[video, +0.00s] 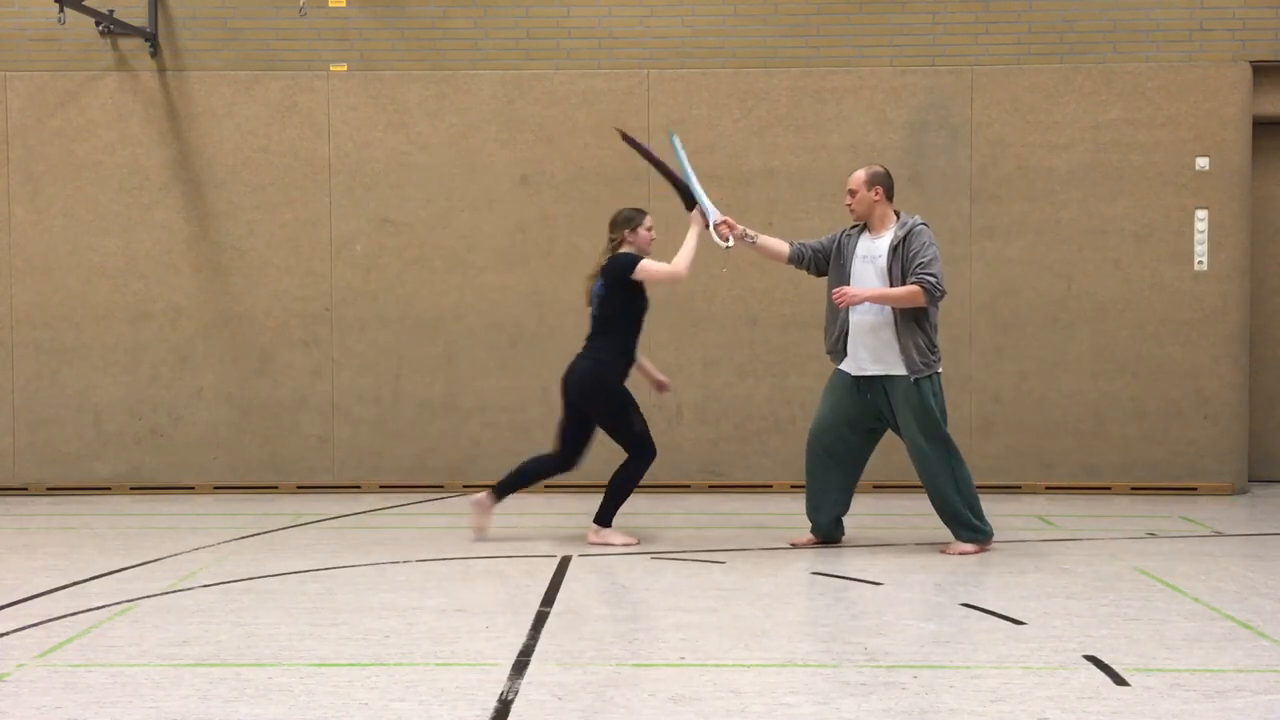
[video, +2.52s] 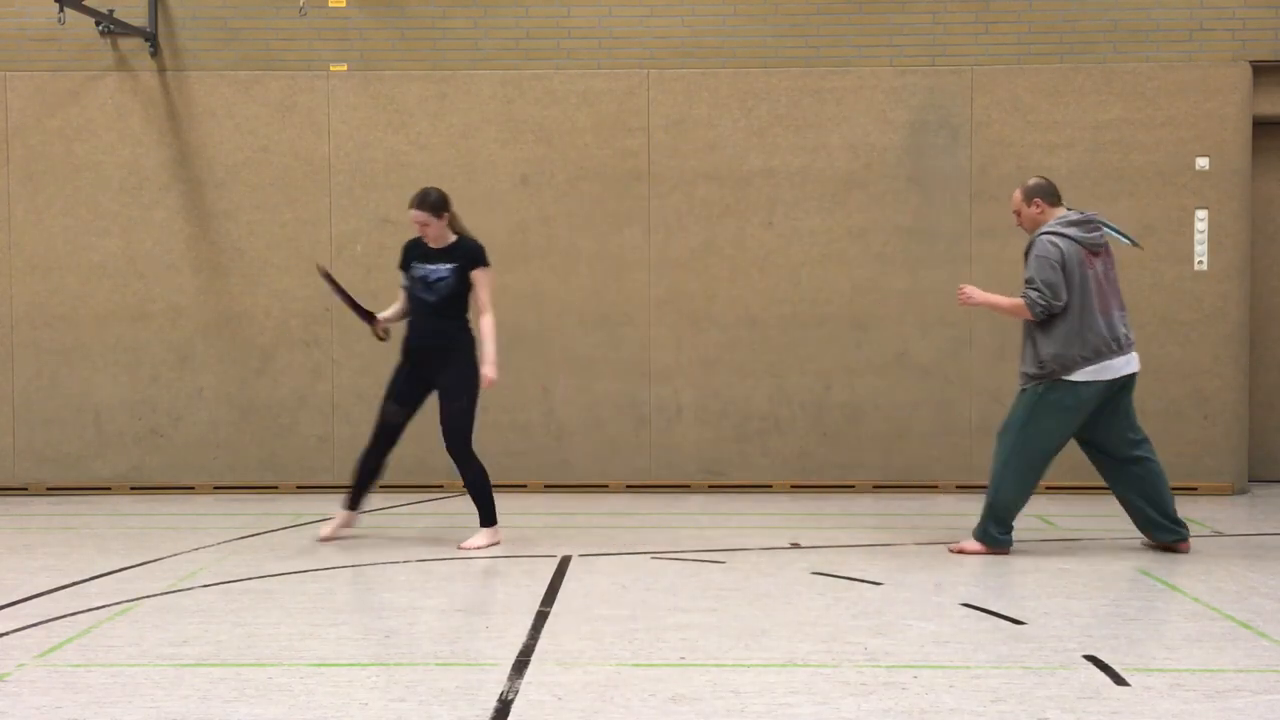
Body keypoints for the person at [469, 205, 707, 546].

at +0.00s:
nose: (653, 235)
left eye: (653, 230)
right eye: (648, 230)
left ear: (627, 236)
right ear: (629, 234)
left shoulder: (613, 269)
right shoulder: (624, 264)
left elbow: (614, 337)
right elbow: (677, 271)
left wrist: (651, 374)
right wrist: (696, 228)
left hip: (582, 378)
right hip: (600, 381)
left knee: (566, 458)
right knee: (643, 452)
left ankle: (489, 499)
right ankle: (601, 528)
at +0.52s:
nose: (789, 233)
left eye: (787, 227)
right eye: (781, 228)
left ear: (777, 235)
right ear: (761, 237)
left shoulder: (783, 283)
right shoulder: (741, 267)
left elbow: (777, 337)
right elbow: (758, 261)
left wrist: (795, 376)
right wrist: (801, 240)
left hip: (769, 384)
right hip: (733, 382)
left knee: (823, 438)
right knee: (693, 449)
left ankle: (806, 522)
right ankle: (635, 520)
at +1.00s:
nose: (814, 237)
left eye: (814, 231)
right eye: (807, 232)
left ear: (813, 237)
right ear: (787, 239)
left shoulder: (811, 283)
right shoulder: (769, 267)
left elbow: (806, 338)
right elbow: (772, 268)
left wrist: (811, 382)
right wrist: (819, 246)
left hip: (785, 384)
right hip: (750, 380)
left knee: (835, 435)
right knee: (710, 451)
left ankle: (808, 517)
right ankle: (654, 520)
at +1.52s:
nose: (707, 232)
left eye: (713, 226)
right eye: (701, 226)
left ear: (719, 226)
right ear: (688, 225)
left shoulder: (723, 264)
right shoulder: (668, 253)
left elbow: (732, 322)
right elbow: (630, 263)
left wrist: (747, 371)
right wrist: (661, 220)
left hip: (713, 361)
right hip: (673, 362)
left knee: (753, 435)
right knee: (672, 445)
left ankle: (794, 507)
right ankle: (660, 524)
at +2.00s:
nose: (574, 233)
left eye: (580, 227)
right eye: (573, 227)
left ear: (600, 225)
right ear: (574, 225)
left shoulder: (623, 259)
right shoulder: (569, 255)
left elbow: (644, 315)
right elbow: (557, 311)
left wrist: (654, 366)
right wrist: (520, 325)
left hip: (611, 363)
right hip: (583, 364)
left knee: (566, 435)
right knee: (622, 444)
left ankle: (545, 527)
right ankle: (654, 518)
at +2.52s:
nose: (419, 231)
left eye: (424, 225)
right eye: (416, 225)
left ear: (444, 218)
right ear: (415, 222)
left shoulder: (469, 252)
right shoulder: (413, 251)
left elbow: (485, 311)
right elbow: (406, 303)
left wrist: (488, 361)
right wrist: (384, 318)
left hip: (455, 360)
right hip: (416, 359)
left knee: (458, 445)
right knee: (383, 435)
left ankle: (490, 528)